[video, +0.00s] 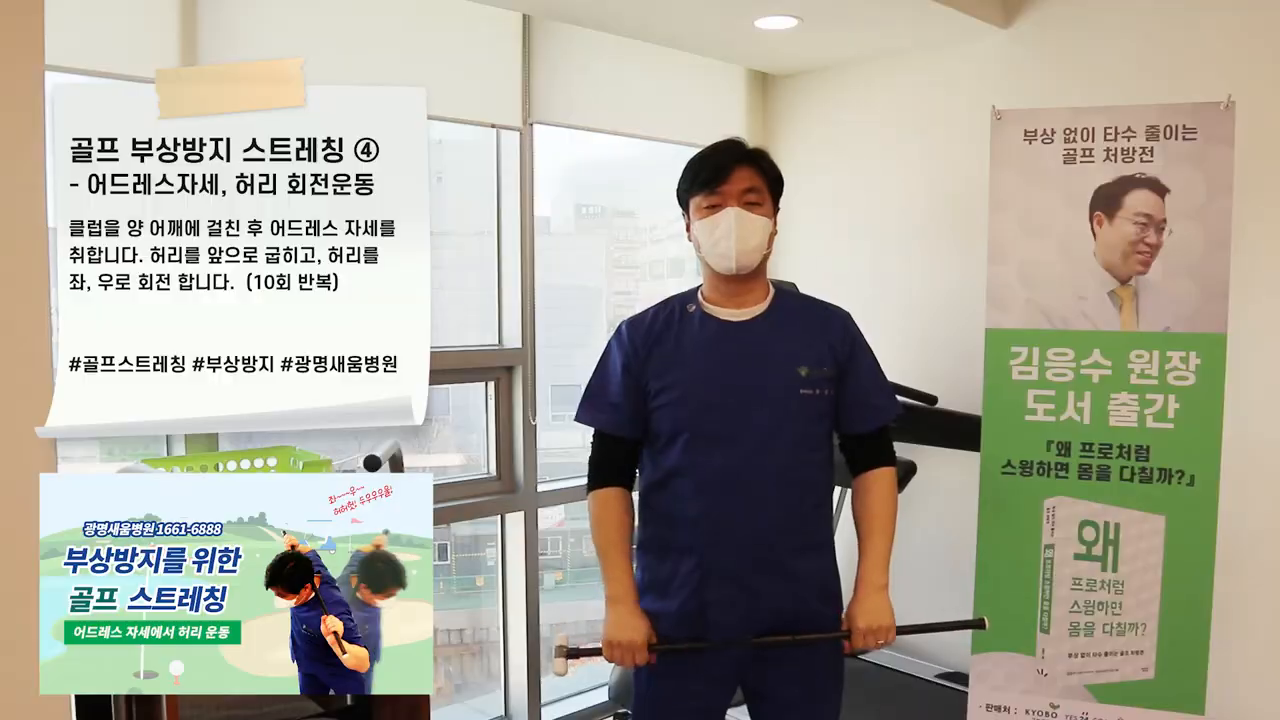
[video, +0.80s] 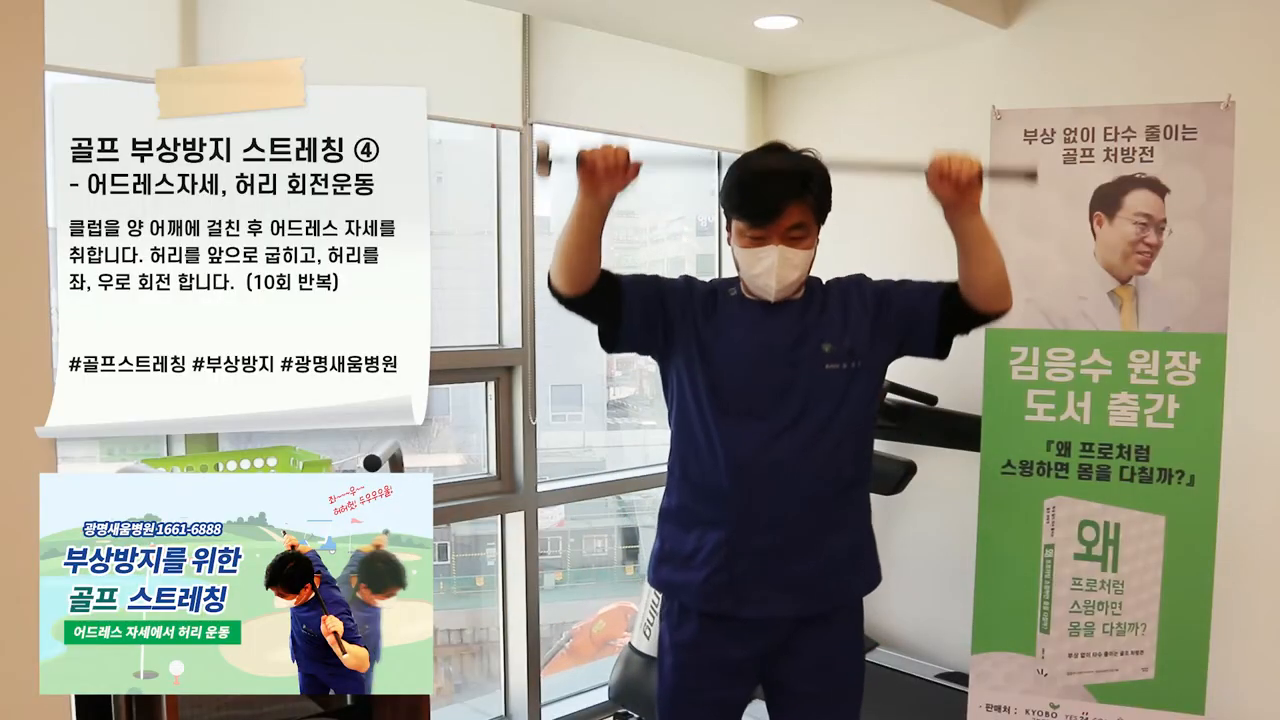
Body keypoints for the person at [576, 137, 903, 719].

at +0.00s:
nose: (733, 220)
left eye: (752, 203)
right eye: (713, 207)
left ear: (775, 219)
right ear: (688, 224)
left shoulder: (829, 333)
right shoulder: (641, 342)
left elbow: (873, 462)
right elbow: (609, 475)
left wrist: (872, 589)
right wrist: (620, 603)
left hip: (801, 628)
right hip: (678, 633)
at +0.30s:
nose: (743, 226)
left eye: (761, 209)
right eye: (722, 212)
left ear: (785, 222)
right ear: (698, 226)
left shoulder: (837, 331)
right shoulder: (651, 336)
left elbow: (902, 442)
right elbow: (596, 453)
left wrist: (903, 552)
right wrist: (602, 570)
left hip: (803, 617)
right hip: (682, 618)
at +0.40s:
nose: (752, 229)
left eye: (771, 213)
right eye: (732, 215)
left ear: (794, 226)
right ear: (707, 226)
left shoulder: (843, 328)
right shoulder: (656, 330)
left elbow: (928, 419)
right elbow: (582, 420)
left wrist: (933, 479)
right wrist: (587, 493)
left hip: (805, 613)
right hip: (687, 613)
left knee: (811, 712)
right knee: (674, 712)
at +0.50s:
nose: (757, 239)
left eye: (777, 222)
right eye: (738, 223)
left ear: (800, 228)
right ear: (714, 227)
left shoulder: (849, 327)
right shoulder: (662, 326)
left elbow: (932, 395)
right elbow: (575, 387)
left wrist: (948, 408)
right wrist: (575, 428)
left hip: (808, 616)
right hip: (690, 615)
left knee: (814, 712)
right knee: (677, 713)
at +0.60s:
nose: (766, 253)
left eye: (787, 234)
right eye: (747, 234)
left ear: (810, 233)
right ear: (721, 231)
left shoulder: (854, 321)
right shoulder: (673, 320)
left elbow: (973, 374)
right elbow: (563, 356)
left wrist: (963, 339)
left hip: (814, 616)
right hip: (696, 615)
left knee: (817, 714)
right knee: (677, 713)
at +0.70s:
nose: (771, 261)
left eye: (792, 241)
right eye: (752, 242)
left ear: (815, 236)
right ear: (725, 235)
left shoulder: (855, 315)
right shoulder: (679, 314)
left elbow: (981, 342)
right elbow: (567, 326)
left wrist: (968, 283)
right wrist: (581, 272)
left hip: (817, 612)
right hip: (700, 612)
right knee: (683, 712)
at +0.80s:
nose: (776, 253)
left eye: (796, 235)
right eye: (756, 236)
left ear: (820, 233)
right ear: (731, 234)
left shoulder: (862, 310)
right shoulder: (686, 310)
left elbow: (989, 300)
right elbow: (573, 287)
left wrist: (964, 212)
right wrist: (593, 200)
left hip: (822, 610)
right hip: (704, 610)